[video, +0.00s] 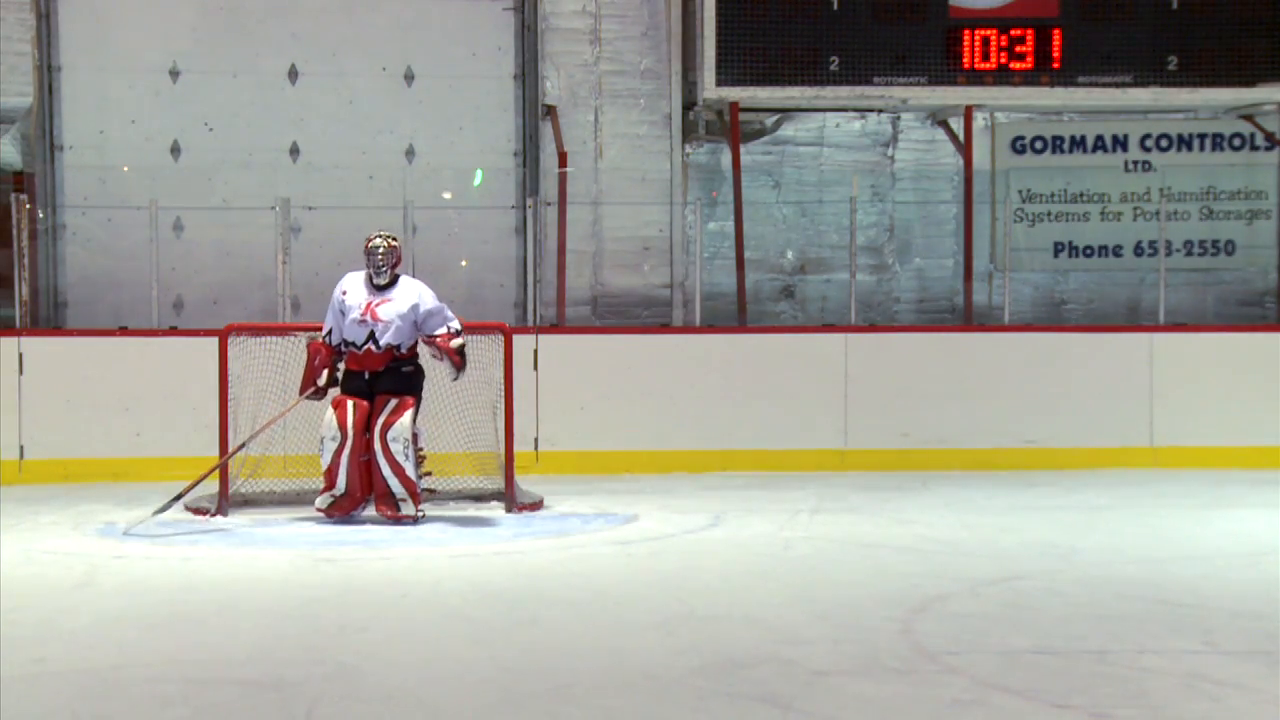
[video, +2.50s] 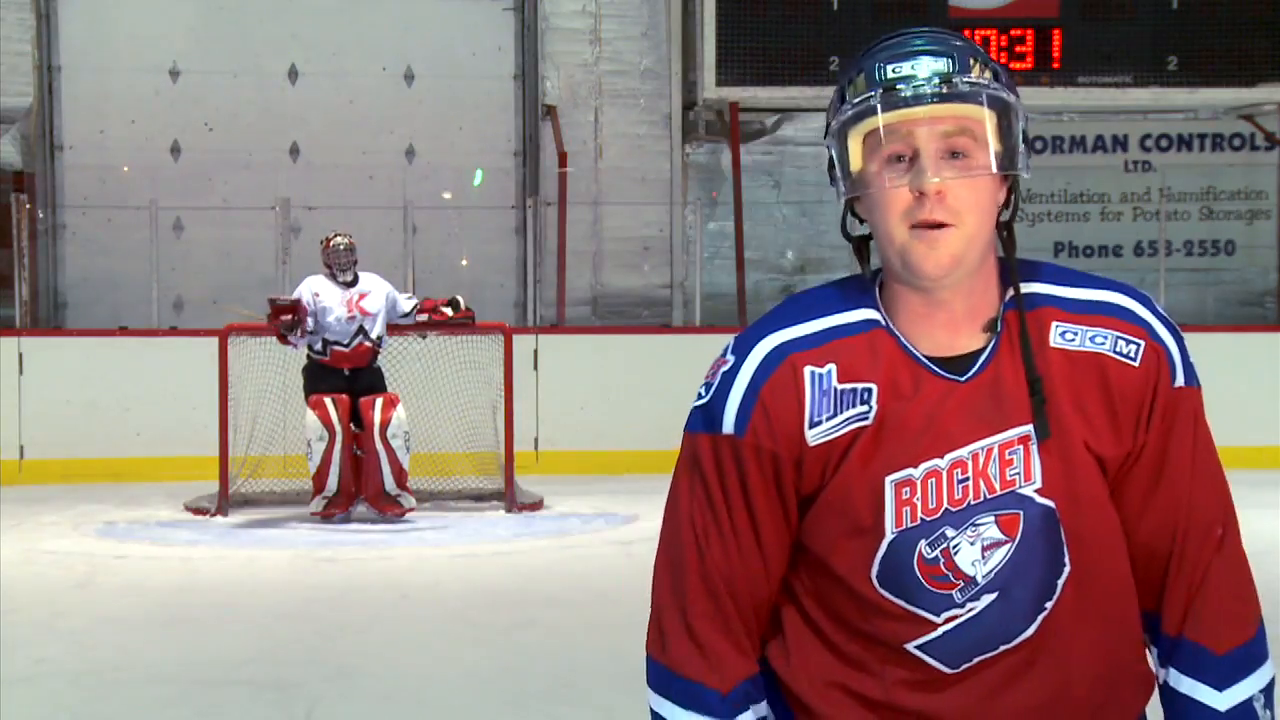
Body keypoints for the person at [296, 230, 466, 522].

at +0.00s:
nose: (380, 262)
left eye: (386, 256)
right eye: (374, 256)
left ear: (397, 259)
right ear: (366, 259)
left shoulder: (416, 293)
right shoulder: (348, 286)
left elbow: (446, 326)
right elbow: (332, 336)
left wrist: (452, 346)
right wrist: (323, 373)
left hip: (398, 379)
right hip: (356, 378)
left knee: (390, 434)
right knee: (341, 431)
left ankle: (399, 504)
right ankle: (342, 501)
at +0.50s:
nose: (355, 265)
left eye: (360, 259)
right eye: (349, 260)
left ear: (369, 260)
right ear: (339, 263)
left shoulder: (389, 287)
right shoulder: (321, 292)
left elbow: (421, 304)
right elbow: (304, 339)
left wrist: (453, 299)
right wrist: (308, 371)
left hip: (378, 376)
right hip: (336, 378)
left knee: (389, 433)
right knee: (335, 436)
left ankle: (398, 501)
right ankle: (336, 501)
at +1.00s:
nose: (344, 262)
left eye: (349, 256)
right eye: (338, 257)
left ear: (357, 257)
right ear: (328, 259)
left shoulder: (376, 285)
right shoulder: (313, 288)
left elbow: (407, 308)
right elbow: (293, 328)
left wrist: (443, 305)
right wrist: (306, 347)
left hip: (369, 374)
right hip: (330, 377)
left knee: (384, 429)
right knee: (335, 432)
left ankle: (384, 496)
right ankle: (336, 499)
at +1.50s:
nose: (343, 261)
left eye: (348, 255)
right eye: (337, 255)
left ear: (357, 257)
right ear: (327, 258)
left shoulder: (375, 285)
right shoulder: (311, 286)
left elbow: (405, 309)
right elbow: (295, 332)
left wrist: (441, 306)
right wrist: (295, 327)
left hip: (366, 372)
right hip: (325, 374)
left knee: (381, 429)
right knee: (329, 433)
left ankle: (385, 499)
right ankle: (334, 500)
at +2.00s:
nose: (344, 259)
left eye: (349, 253)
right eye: (338, 254)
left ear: (356, 254)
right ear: (328, 257)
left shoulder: (375, 284)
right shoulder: (315, 284)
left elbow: (404, 308)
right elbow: (301, 321)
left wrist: (442, 307)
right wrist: (291, 309)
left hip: (366, 372)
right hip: (325, 374)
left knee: (382, 429)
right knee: (330, 432)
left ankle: (388, 499)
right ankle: (332, 501)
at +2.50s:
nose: (343, 260)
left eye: (347, 253)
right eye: (336, 255)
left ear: (355, 256)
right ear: (326, 259)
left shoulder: (376, 285)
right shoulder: (311, 288)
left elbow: (405, 309)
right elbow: (301, 334)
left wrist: (440, 307)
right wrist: (288, 327)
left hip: (366, 372)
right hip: (325, 374)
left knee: (385, 427)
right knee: (333, 430)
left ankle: (386, 498)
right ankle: (332, 501)